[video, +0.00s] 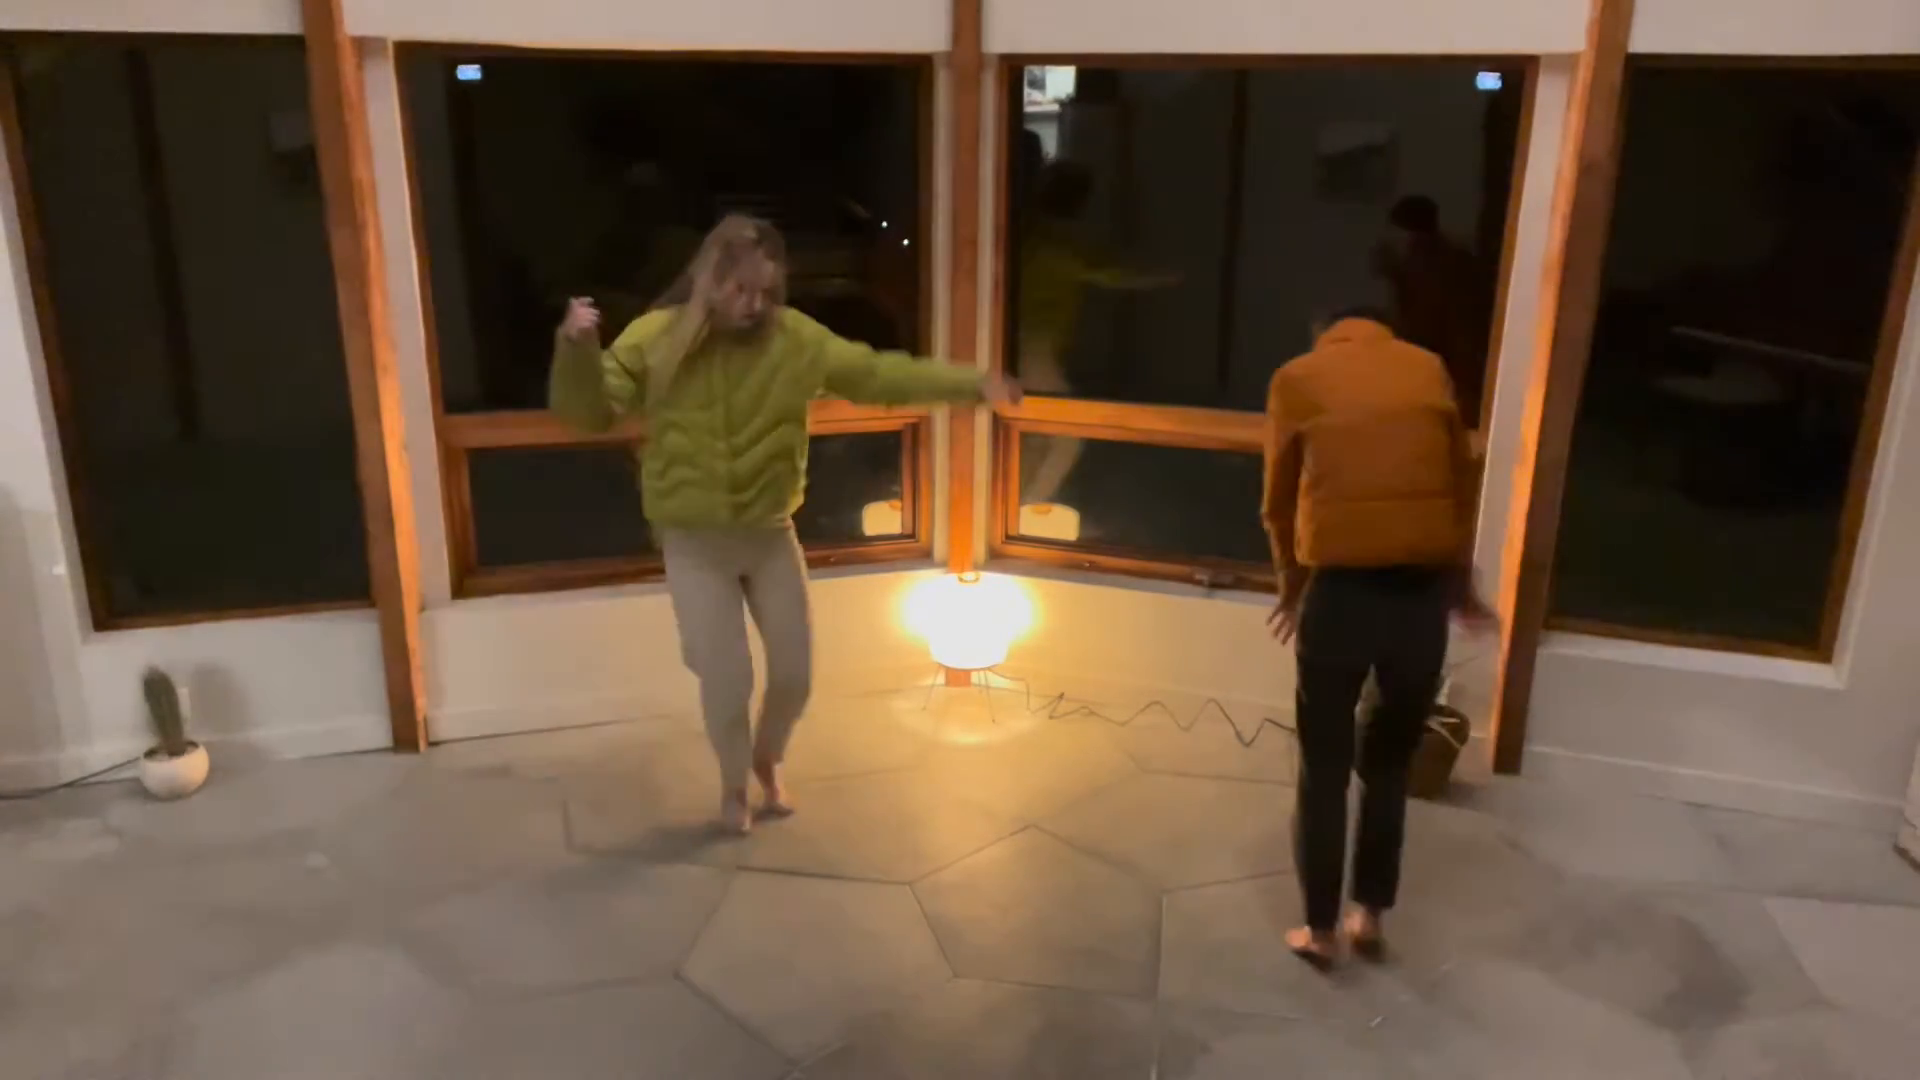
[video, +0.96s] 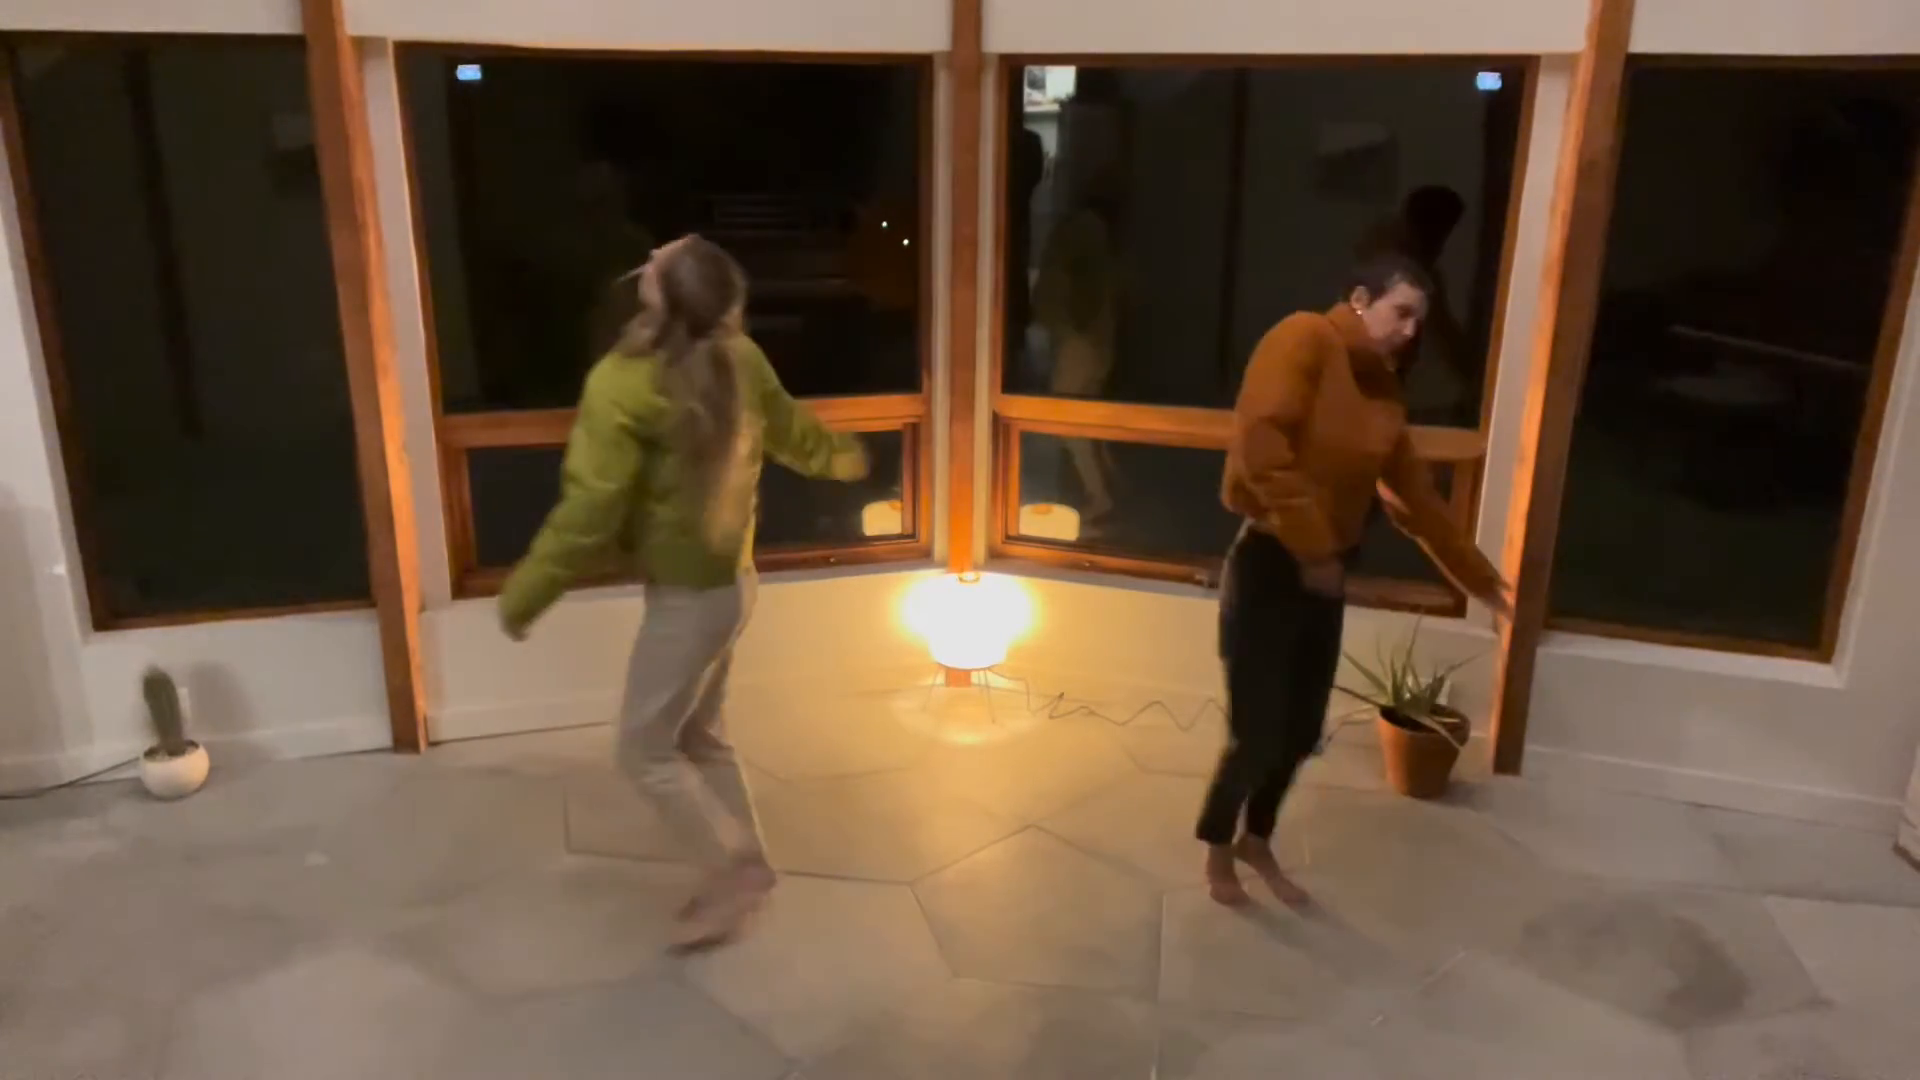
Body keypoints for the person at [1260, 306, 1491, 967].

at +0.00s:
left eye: (1314, 330)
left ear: (1323, 328)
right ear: (1385, 324)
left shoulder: (1297, 378)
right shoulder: (1428, 368)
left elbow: (1278, 499)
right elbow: (1460, 479)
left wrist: (1290, 583)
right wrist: (1462, 576)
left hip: (1338, 590)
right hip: (1420, 593)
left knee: (1323, 759)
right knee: (1389, 756)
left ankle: (1320, 926)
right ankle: (1367, 912)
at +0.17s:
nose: (1272, 362)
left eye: (1270, 349)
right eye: (1269, 349)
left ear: (1282, 340)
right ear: (1333, 323)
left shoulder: (1289, 395)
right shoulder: (1386, 359)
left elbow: (1279, 509)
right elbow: (1433, 471)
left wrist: (1273, 596)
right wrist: (1439, 568)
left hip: (1348, 586)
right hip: (1415, 578)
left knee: (1322, 752)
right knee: (1382, 733)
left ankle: (1335, 912)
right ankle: (1380, 886)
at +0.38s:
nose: (1251, 368)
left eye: (1255, 357)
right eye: (1248, 355)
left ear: (1287, 354)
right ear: (1298, 339)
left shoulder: (1330, 416)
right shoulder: (1324, 365)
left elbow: (1289, 538)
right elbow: (1270, 474)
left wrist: (1241, 622)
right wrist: (1244, 549)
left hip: (1353, 591)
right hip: (1318, 581)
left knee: (1319, 739)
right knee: (1277, 726)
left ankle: (1336, 890)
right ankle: (1302, 857)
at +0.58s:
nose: (1302, 357)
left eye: (1320, 352)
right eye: (1302, 342)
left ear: (1357, 351)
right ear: (1297, 329)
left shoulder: (1385, 412)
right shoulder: (1281, 343)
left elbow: (1345, 541)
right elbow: (1231, 433)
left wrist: (1317, 659)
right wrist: (1220, 539)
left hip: (1337, 577)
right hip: (1274, 562)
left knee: (1311, 731)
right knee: (1257, 724)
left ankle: (1303, 871)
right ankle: (1266, 853)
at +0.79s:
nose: (1374, 340)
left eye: (1393, 332)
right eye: (1369, 319)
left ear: (1409, 335)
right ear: (1345, 301)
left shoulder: (1406, 404)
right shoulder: (1292, 335)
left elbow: (1421, 521)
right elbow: (1227, 430)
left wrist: (1463, 628)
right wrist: (1250, 537)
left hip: (1331, 567)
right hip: (1255, 554)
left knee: (1316, 733)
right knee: (1239, 725)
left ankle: (1294, 882)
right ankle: (1219, 850)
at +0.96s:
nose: (1408, 330)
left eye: (1416, 319)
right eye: (1400, 312)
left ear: (1413, 322)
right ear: (1359, 300)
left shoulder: (1378, 380)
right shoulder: (1302, 340)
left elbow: (1415, 497)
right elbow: (1258, 453)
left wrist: (1486, 583)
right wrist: (1315, 549)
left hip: (1322, 568)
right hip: (1266, 557)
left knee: (1300, 728)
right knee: (1259, 725)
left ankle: (1255, 841)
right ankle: (1216, 851)